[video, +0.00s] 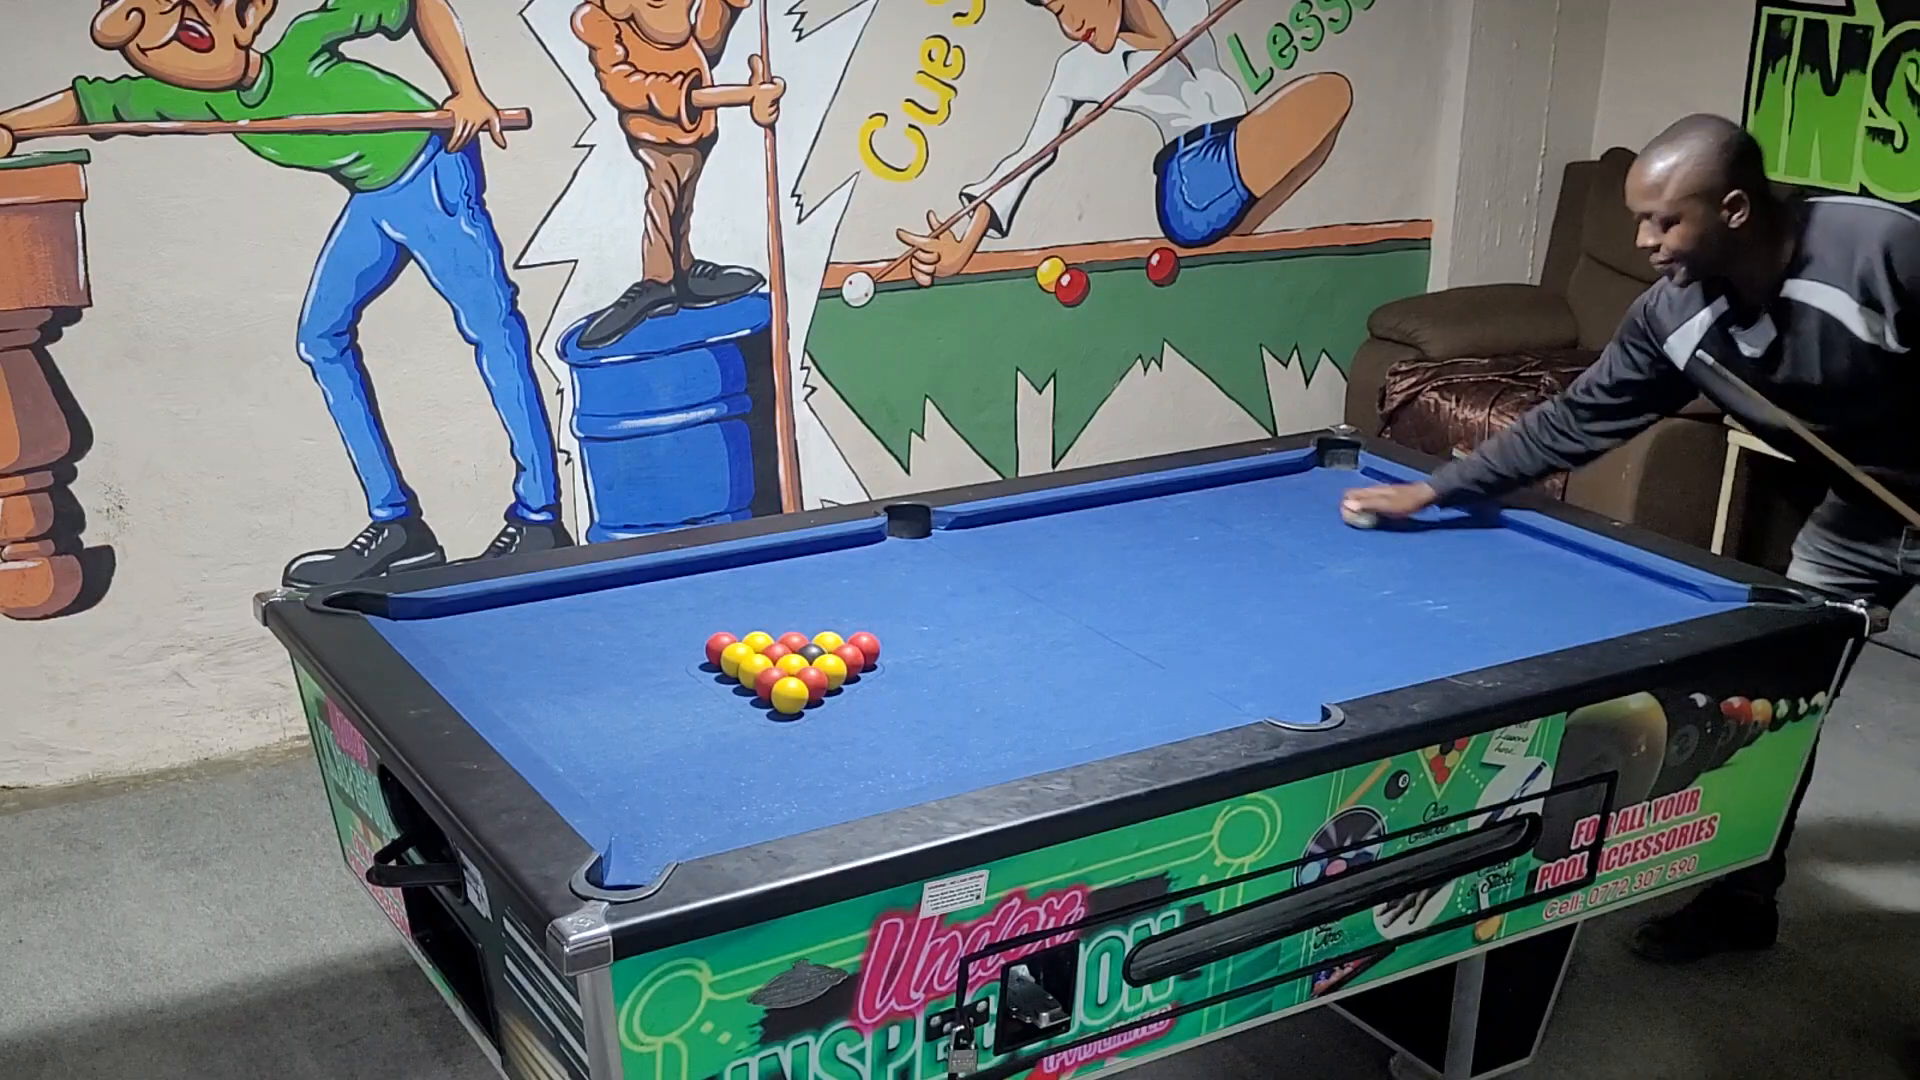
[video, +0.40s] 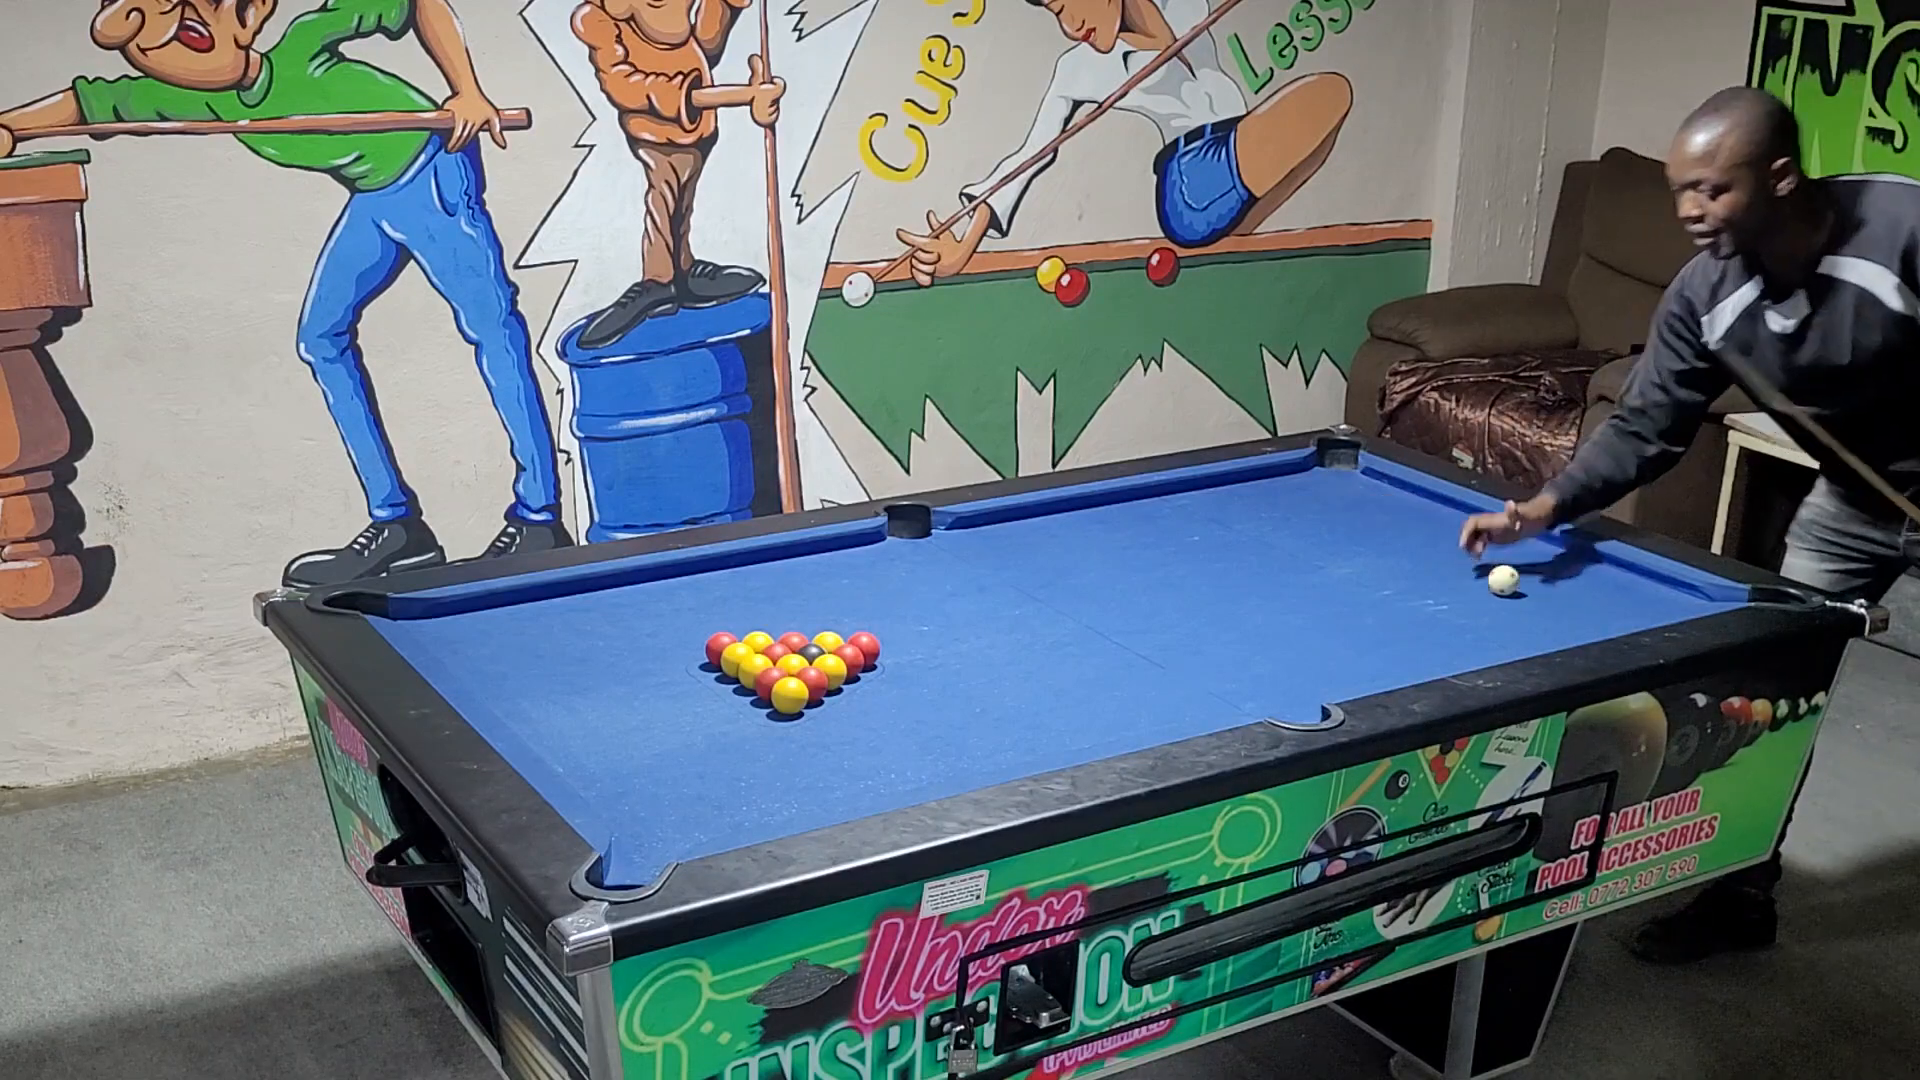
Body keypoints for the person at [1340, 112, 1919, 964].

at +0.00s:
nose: (1650, 244)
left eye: (1666, 222)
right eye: (1642, 225)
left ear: (1737, 208)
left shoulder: (1885, 250)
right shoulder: (1671, 316)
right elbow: (1570, 421)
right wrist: (1428, 489)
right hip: (1864, 501)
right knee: (1773, 690)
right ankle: (1741, 891)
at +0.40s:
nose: (1690, 213)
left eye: (1712, 190)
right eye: (1681, 193)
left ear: (1782, 179)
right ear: (1678, 192)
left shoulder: (1903, 229)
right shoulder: (1702, 298)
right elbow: (1644, 423)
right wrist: (1539, 508)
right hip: (1854, 491)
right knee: (1769, 677)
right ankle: (1741, 887)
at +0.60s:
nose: (1791, 194)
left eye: (1816, 174)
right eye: (1785, 174)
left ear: (1888, 171)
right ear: (1781, 174)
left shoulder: (1919, 260)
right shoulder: (1794, 287)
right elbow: (1729, 415)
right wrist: (1612, 493)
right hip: (1908, 489)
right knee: (1819, 679)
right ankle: (1744, 889)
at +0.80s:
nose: (1903, 195)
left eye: (1915, 176)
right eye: (1900, 176)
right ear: (1894, 187)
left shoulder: (1893, 296)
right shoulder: (1889, 299)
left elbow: (1767, 413)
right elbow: (1767, 414)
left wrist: (1618, 486)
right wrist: (1619, 486)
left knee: (1887, 693)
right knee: (1886, 691)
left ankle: (1791, 879)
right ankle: (1789, 879)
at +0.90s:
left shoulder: (1914, 287)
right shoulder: (1913, 286)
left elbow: (1854, 382)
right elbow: (1853, 382)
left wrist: (1735, 451)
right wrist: (1737, 449)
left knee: (1905, 680)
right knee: (1905, 677)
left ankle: (1892, 878)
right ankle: (1891, 876)